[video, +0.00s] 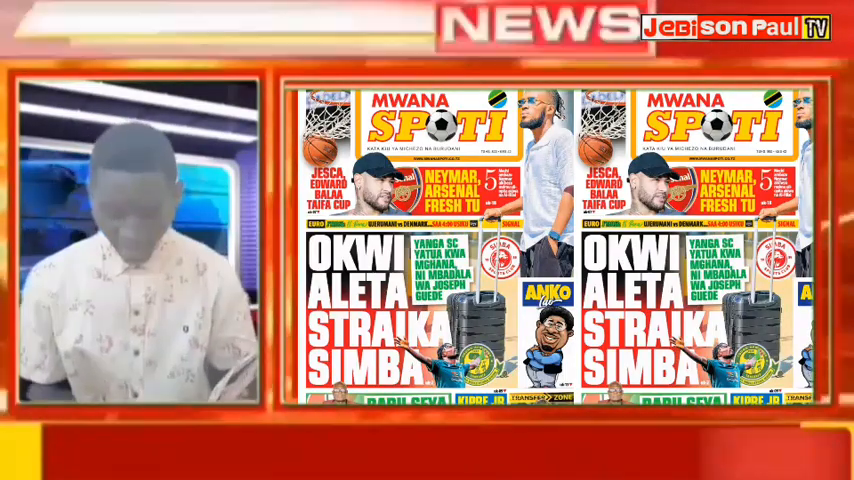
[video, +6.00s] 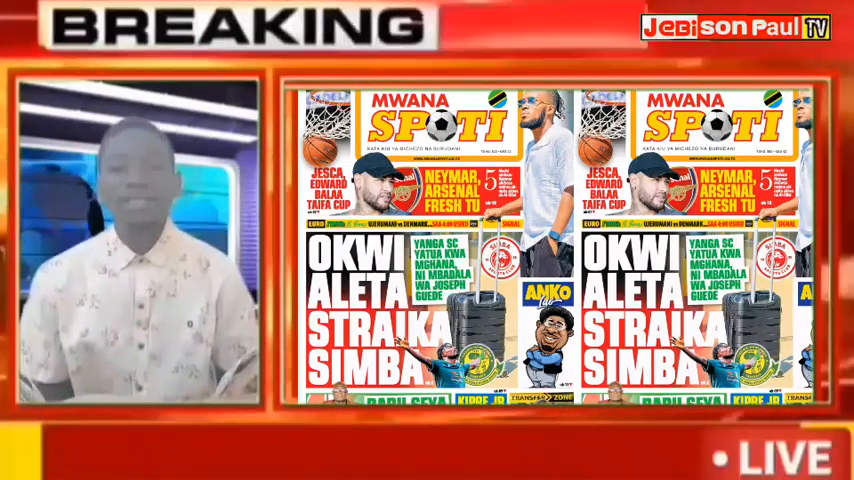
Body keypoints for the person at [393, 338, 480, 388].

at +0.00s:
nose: (453, 348)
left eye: (453, 347)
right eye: (449, 347)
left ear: (455, 351)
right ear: (443, 354)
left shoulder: (462, 367)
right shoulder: (438, 365)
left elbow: (474, 365)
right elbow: (423, 359)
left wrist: (478, 360)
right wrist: (408, 348)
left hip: (461, 403)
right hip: (444, 403)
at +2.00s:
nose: (453, 348)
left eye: (453, 347)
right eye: (449, 347)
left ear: (455, 351)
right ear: (443, 354)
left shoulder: (462, 367)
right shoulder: (438, 365)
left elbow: (474, 365)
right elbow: (423, 359)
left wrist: (478, 360)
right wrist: (408, 348)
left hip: (461, 403)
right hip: (444, 403)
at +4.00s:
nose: (453, 348)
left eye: (453, 347)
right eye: (449, 348)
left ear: (456, 352)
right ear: (443, 354)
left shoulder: (462, 367)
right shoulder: (439, 365)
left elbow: (474, 365)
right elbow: (423, 359)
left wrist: (478, 360)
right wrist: (408, 348)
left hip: (461, 403)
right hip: (445, 403)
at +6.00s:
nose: (453, 348)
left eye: (453, 347)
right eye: (449, 348)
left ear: (456, 352)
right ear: (443, 354)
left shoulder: (462, 367)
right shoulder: (439, 365)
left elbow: (474, 365)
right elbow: (423, 359)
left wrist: (478, 360)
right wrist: (407, 348)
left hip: (461, 403)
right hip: (444, 403)